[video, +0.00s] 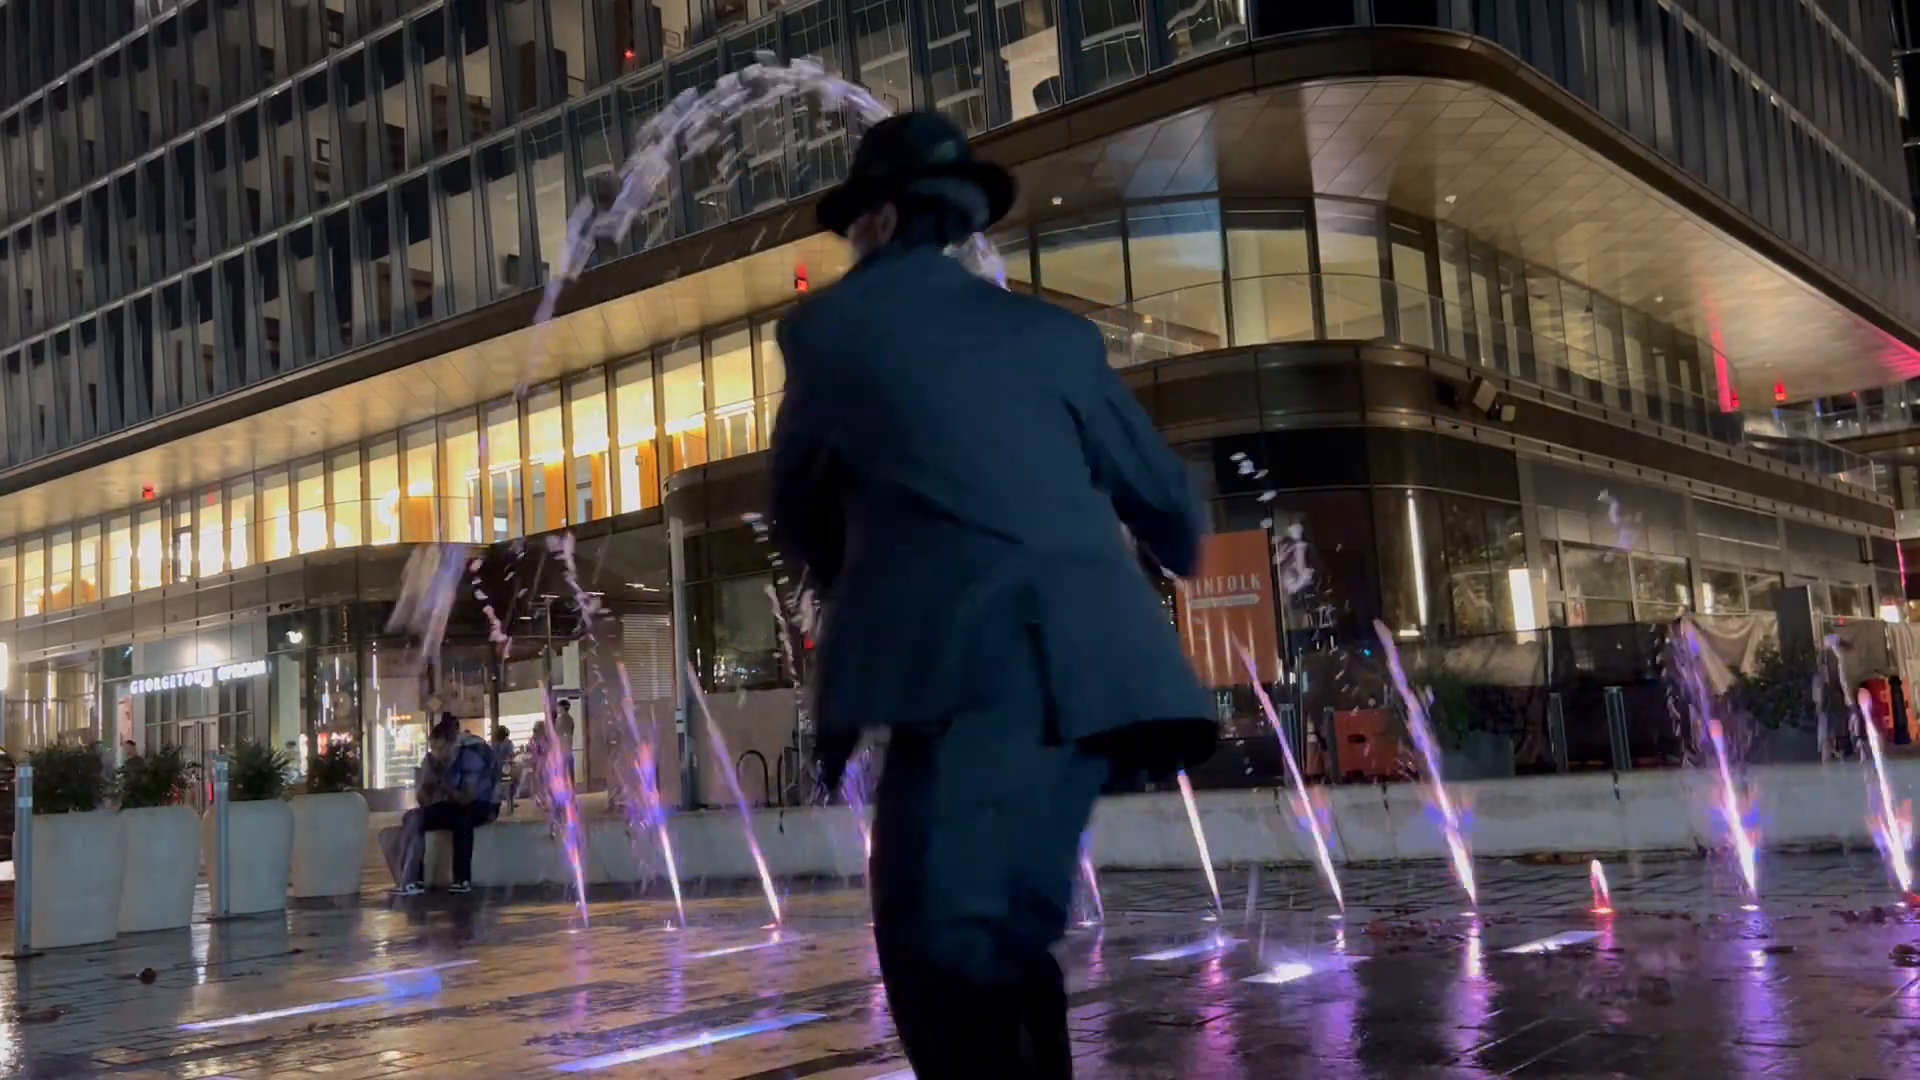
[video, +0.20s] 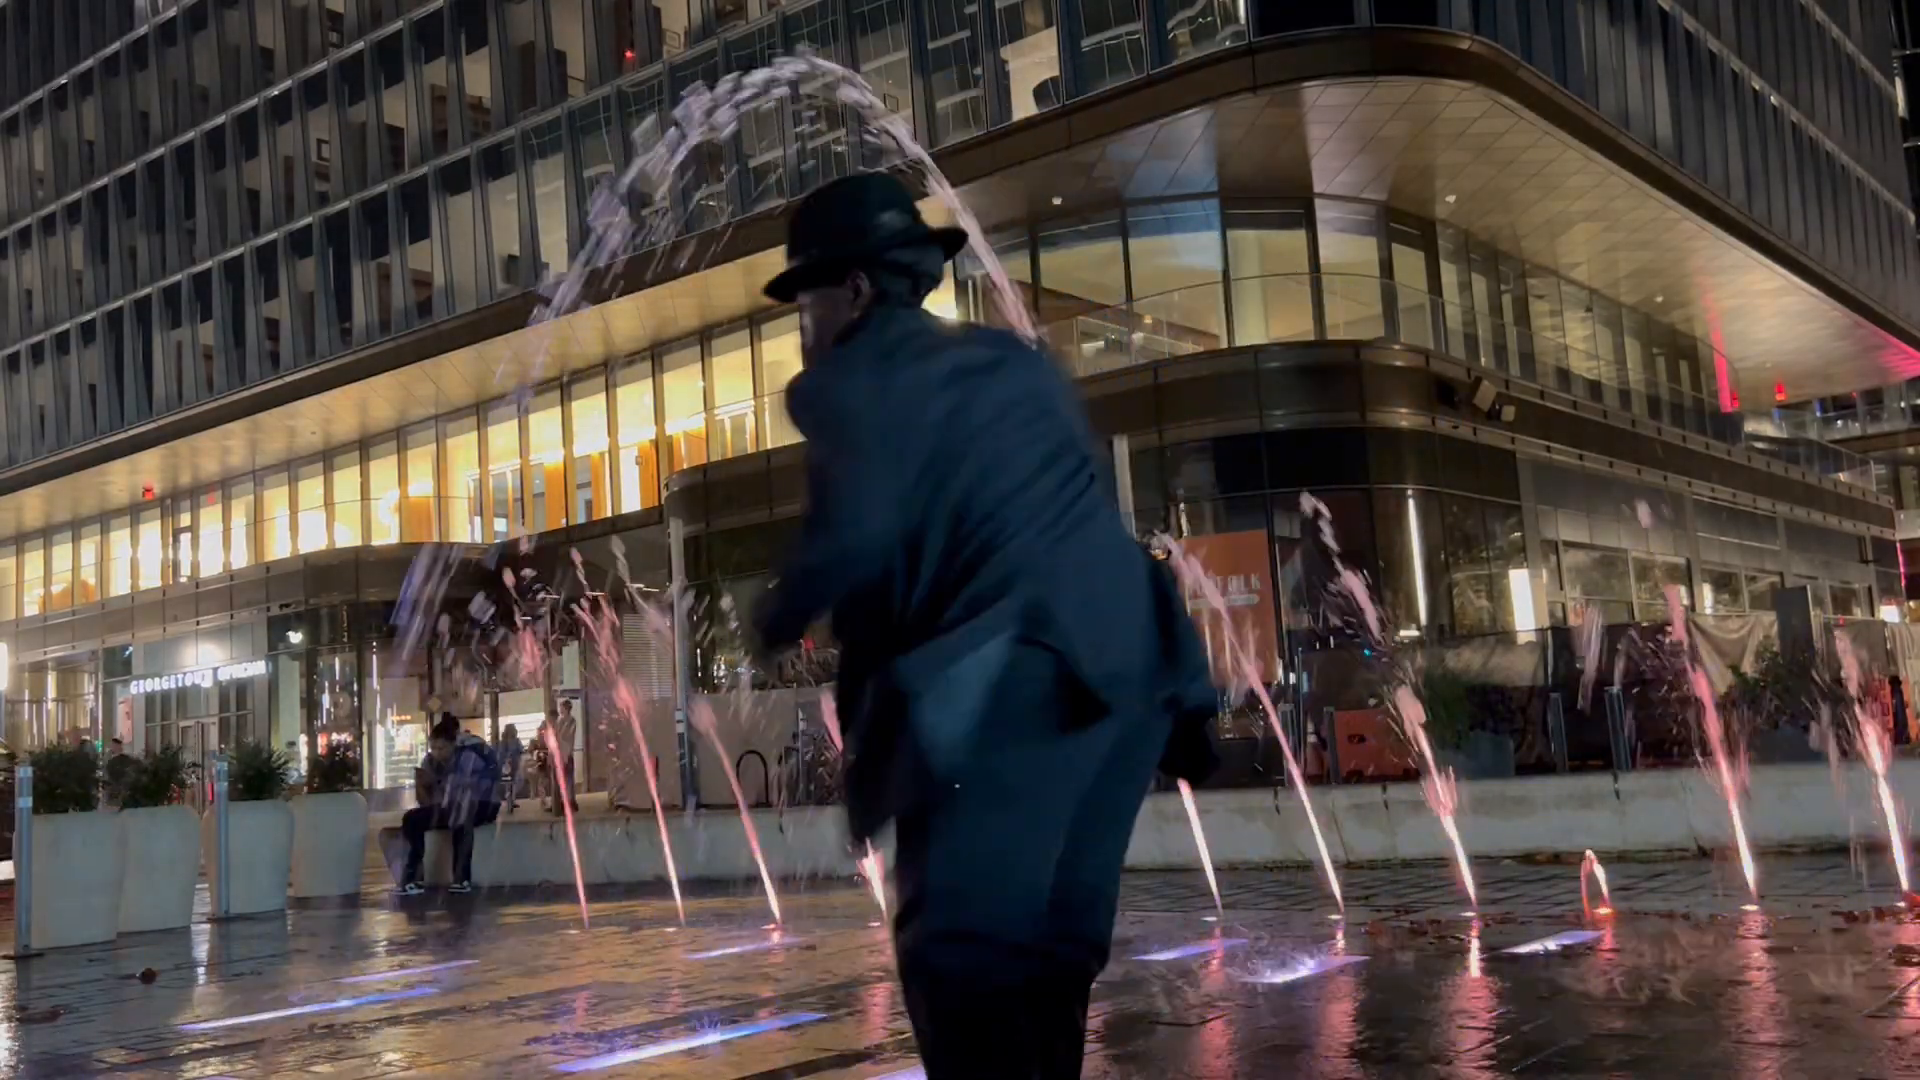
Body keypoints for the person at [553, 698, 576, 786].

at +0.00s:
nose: (558, 710)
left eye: (560, 708)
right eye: (558, 708)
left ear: (562, 708)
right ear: (567, 708)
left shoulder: (560, 720)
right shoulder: (570, 719)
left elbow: (556, 734)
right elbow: (571, 735)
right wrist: (570, 748)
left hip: (561, 752)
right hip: (568, 752)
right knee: (570, 778)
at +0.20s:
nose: (560, 710)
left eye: (563, 708)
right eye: (560, 707)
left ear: (568, 708)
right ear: (559, 708)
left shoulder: (571, 721)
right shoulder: (558, 720)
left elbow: (569, 739)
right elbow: (554, 736)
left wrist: (567, 754)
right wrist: (551, 753)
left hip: (567, 754)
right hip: (556, 753)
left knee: (568, 779)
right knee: (555, 780)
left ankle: (571, 802)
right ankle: (555, 803)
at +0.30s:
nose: (561, 710)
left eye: (563, 708)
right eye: (561, 708)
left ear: (565, 708)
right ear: (570, 708)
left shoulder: (565, 720)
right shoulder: (572, 720)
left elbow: (556, 731)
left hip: (562, 754)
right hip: (569, 754)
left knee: (559, 781)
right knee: (569, 781)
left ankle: (557, 805)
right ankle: (572, 803)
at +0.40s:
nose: (562, 710)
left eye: (563, 708)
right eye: (563, 708)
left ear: (567, 708)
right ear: (571, 708)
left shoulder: (567, 720)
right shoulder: (573, 720)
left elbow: (559, 731)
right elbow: (569, 735)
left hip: (564, 754)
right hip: (570, 754)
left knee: (559, 781)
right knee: (570, 780)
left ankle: (557, 805)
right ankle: (572, 803)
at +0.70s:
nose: (566, 710)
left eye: (567, 707)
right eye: (566, 707)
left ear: (570, 708)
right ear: (574, 708)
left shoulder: (569, 720)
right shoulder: (576, 720)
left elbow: (560, 732)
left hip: (566, 752)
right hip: (572, 752)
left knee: (568, 778)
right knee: (571, 778)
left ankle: (571, 800)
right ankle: (572, 800)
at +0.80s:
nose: (566, 710)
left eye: (568, 707)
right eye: (567, 707)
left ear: (570, 709)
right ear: (575, 709)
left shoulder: (569, 721)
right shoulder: (578, 721)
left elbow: (561, 732)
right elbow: (579, 736)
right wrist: (584, 747)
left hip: (567, 753)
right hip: (575, 753)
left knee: (569, 780)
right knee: (573, 780)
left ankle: (571, 801)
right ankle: (573, 800)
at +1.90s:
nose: (565, 710)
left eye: (566, 708)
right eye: (565, 708)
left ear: (568, 708)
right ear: (574, 708)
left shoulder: (567, 719)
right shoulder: (578, 720)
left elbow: (560, 730)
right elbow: (577, 735)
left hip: (566, 753)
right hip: (576, 752)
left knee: (560, 779)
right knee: (573, 777)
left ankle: (555, 804)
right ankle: (575, 798)